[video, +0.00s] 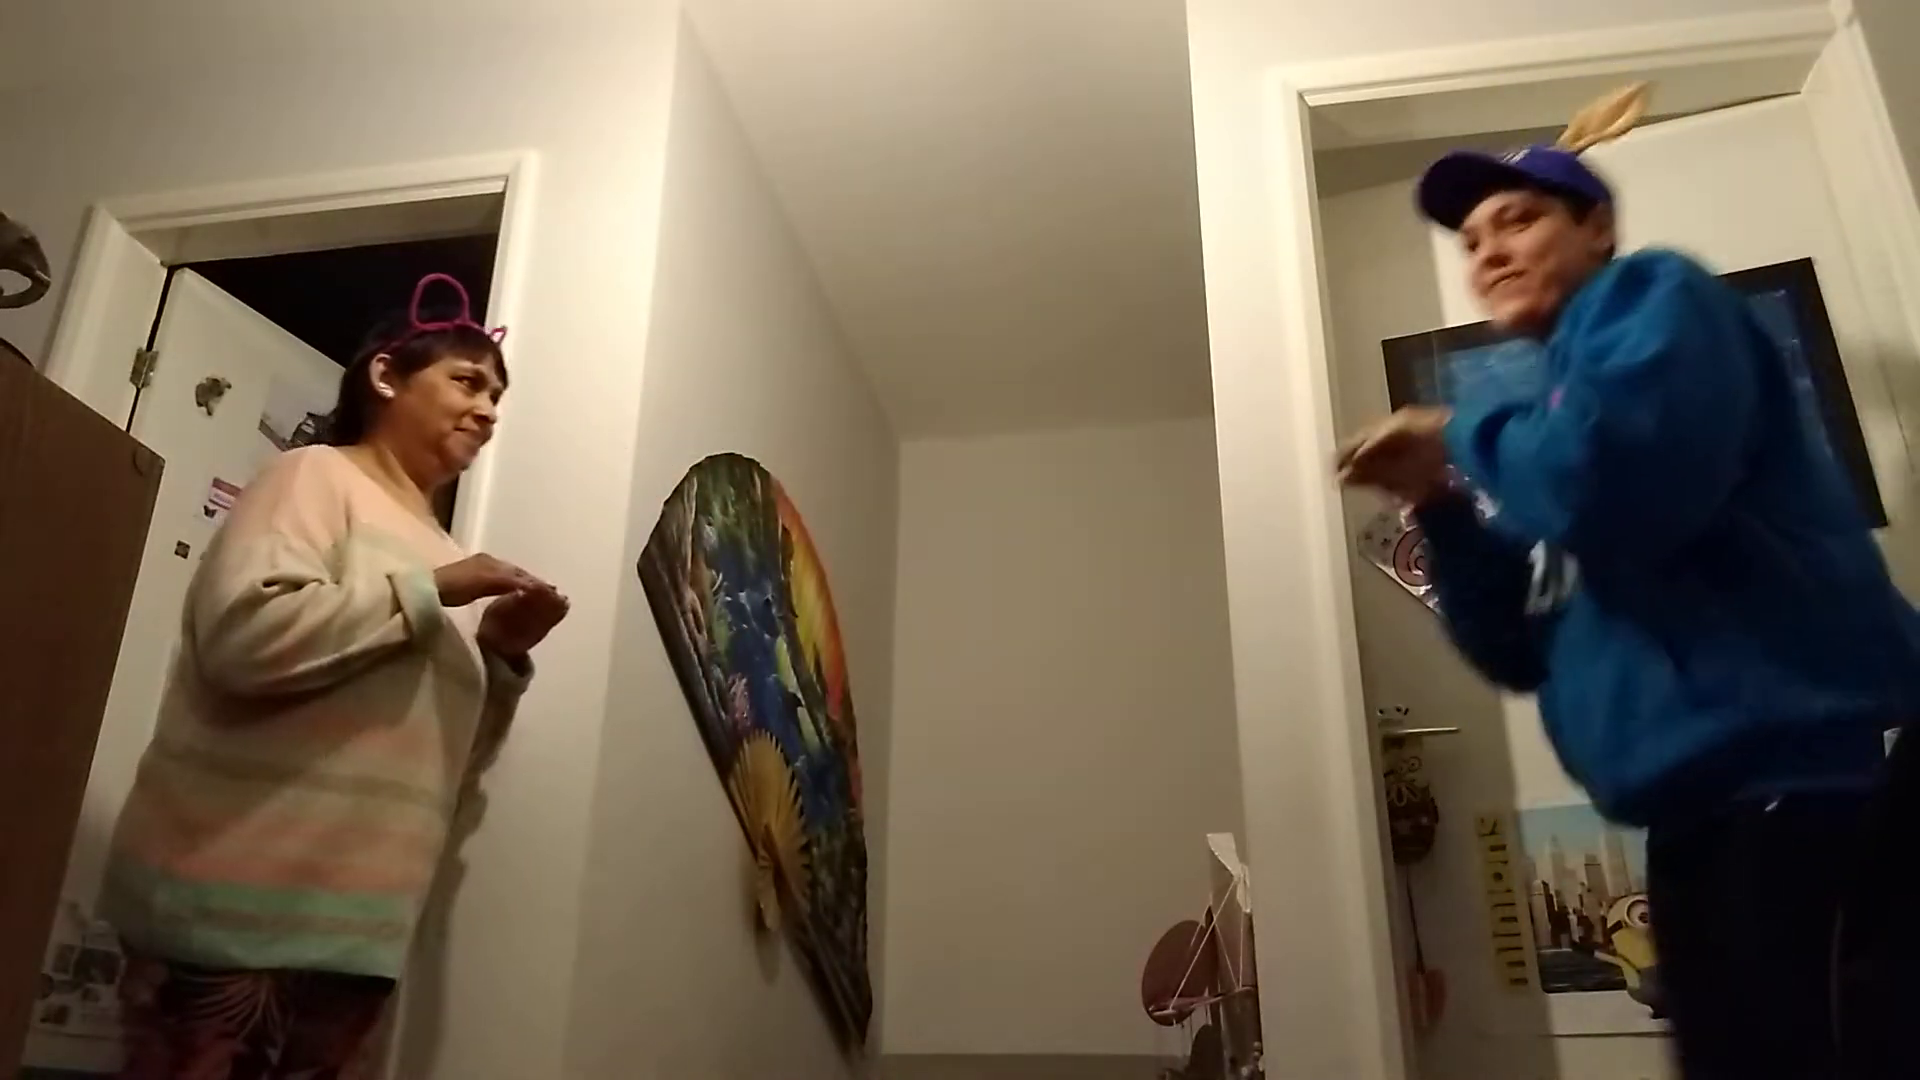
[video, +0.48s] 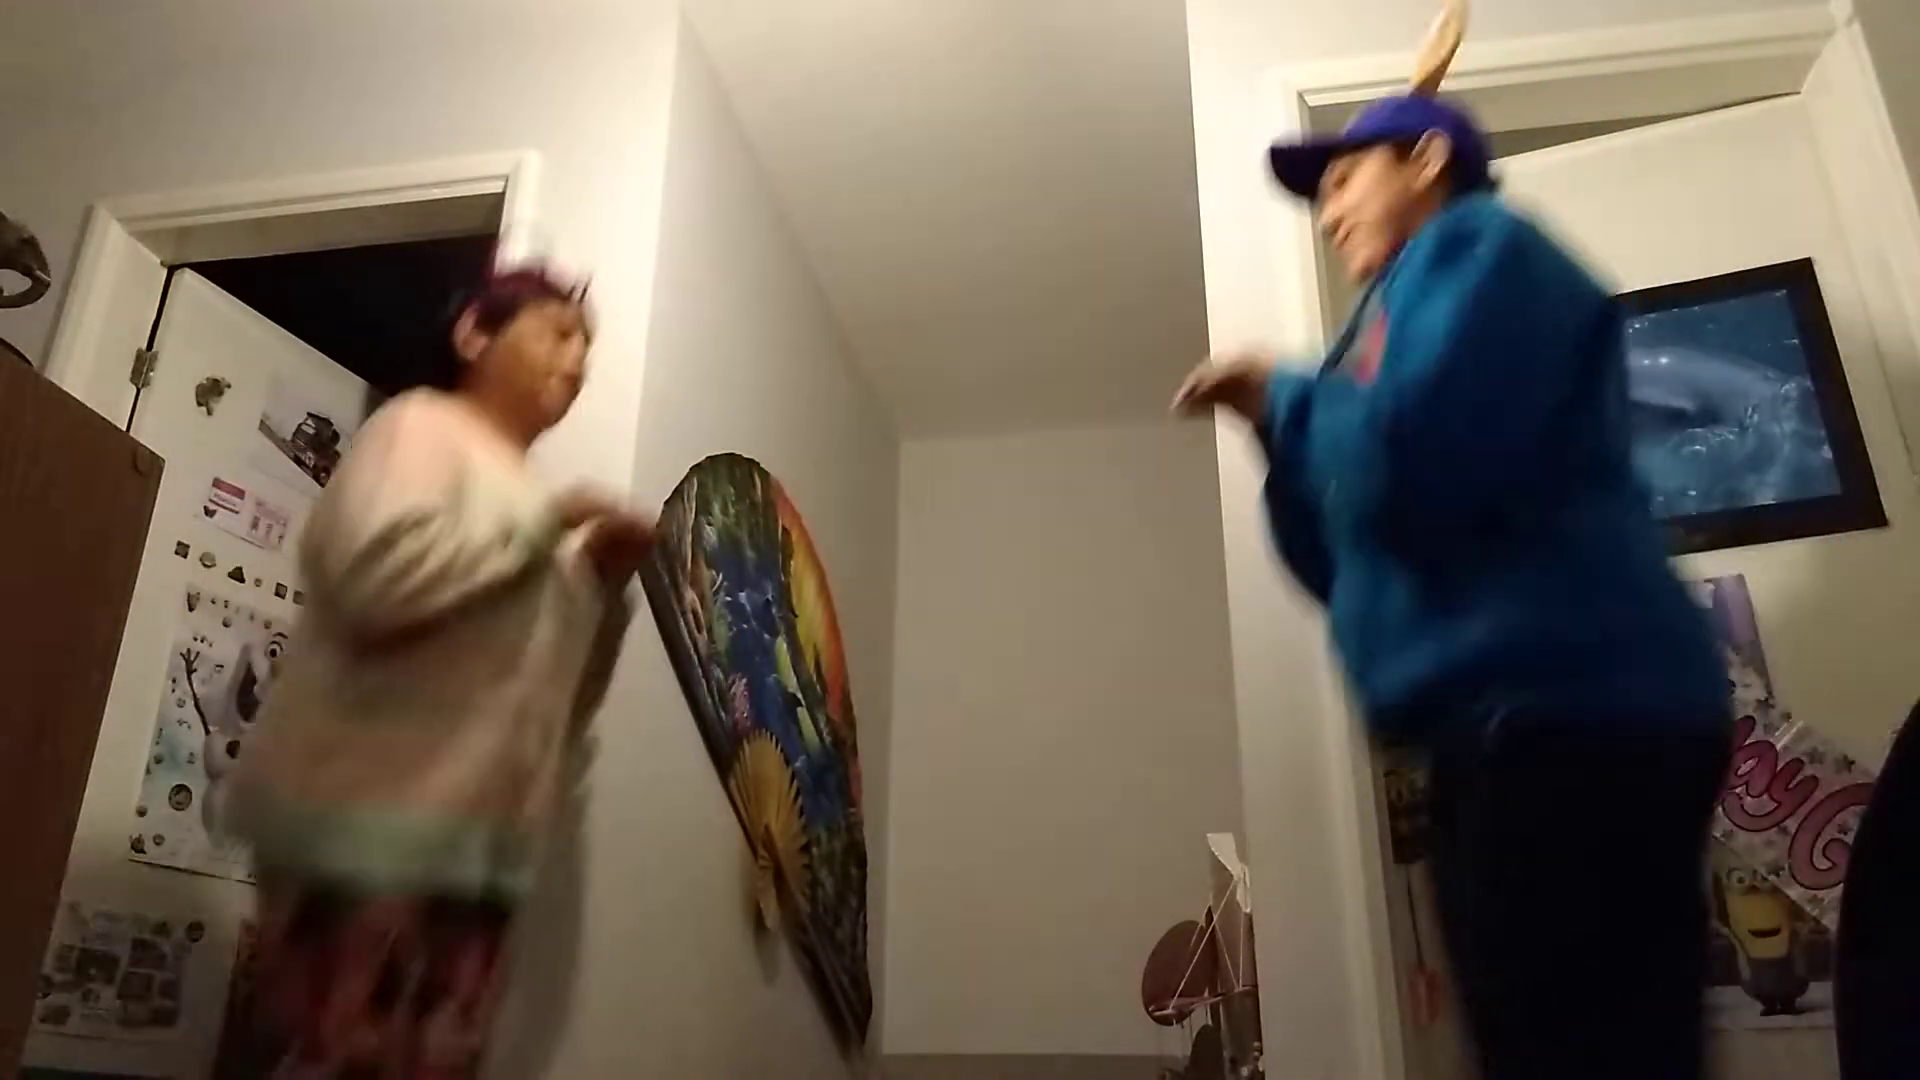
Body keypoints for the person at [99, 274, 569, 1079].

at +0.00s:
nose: (488, 410)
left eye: (495, 398)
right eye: (467, 382)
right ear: (387, 376)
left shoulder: (437, 549)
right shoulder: (312, 474)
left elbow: (443, 767)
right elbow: (242, 637)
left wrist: (500, 660)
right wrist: (431, 587)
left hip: (353, 929)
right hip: (224, 906)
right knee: (193, 1063)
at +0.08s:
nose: (501, 410)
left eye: (508, 398)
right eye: (480, 383)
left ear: (506, 420)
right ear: (400, 379)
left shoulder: (447, 552)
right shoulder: (323, 476)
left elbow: (447, 782)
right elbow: (243, 640)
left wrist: (507, 667)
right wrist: (439, 591)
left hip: (355, 939)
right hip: (229, 917)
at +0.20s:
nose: (521, 436)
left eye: (527, 425)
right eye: (500, 409)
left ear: (521, 453)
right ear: (419, 407)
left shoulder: (458, 575)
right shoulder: (345, 507)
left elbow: (445, 834)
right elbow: (247, 683)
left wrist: (517, 717)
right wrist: (441, 632)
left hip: (364, 953)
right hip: (240, 932)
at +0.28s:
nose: (535, 456)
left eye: (537, 441)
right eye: (511, 430)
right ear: (429, 434)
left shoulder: (475, 608)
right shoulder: (356, 538)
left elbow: (460, 850)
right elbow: (259, 723)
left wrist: (524, 736)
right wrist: (456, 668)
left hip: (374, 976)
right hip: (244, 946)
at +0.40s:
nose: (553, 414)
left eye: (559, 398)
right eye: (533, 387)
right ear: (451, 390)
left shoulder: (497, 548)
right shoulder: (387, 485)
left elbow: (519, 772)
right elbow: (319, 661)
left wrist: (573, 659)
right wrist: (506, 607)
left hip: (436, 925)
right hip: (318, 909)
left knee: (405, 1065)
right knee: (284, 1064)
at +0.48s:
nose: (576, 361)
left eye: (584, 346)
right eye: (558, 334)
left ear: (579, 370)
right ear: (478, 336)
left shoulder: (532, 493)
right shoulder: (421, 426)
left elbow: (561, 706)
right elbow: (375, 583)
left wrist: (604, 583)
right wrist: (546, 520)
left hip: (473, 852)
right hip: (361, 834)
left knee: (434, 1057)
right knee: (324, 1051)